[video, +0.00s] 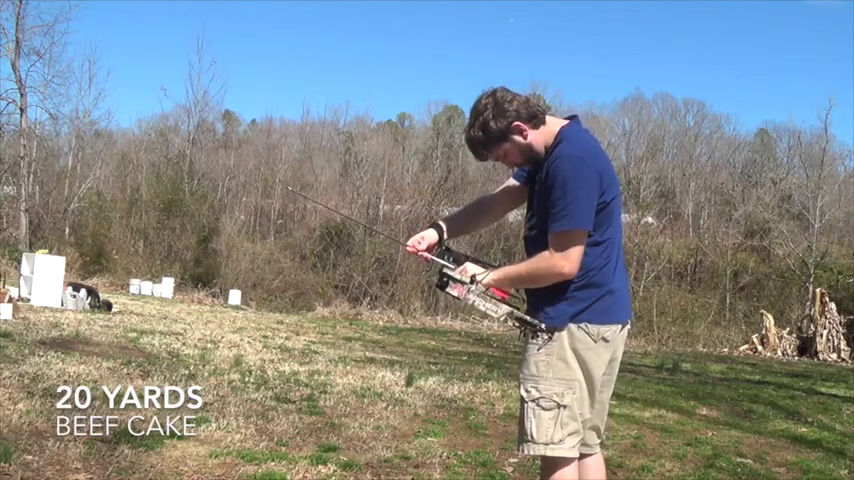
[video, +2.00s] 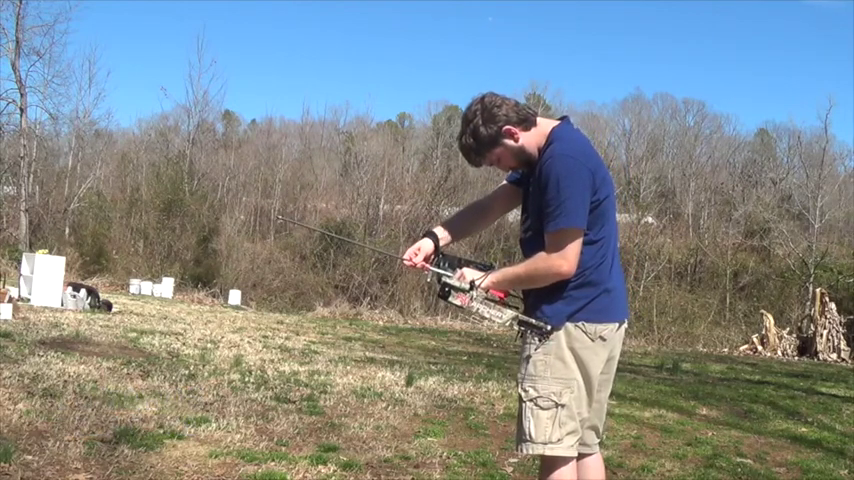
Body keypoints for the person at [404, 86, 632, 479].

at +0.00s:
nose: (505, 163)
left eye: (502, 156)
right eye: (499, 160)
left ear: (520, 130)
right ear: (521, 126)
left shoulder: (570, 160)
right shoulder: (559, 148)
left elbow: (564, 262)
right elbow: (499, 201)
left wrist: (491, 277)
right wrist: (440, 231)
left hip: (573, 319)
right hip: (593, 316)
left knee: (558, 449)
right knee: (586, 445)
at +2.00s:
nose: (499, 167)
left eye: (495, 160)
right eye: (492, 164)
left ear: (511, 133)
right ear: (513, 129)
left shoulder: (563, 159)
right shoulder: (551, 150)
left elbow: (562, 262)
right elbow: (493, 205)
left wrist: (489, 280)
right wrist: (436, 238)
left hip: (571, 319)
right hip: (589, 315)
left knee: (557, 449)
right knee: (584, 445)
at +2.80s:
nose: (495, 143)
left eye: (494, 131)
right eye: (489, 136)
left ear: (520, 110)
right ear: (524, 110)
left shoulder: (558, 156)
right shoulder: (568, 142)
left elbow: (545, 260)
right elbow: (514, 201)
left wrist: (473, 282)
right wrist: (469, 196)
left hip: (567, 320)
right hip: (600, 316)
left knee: (554, 451)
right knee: (587, 444)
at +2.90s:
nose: (494, 140)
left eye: (492, 127)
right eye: (489, 130)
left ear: (519, 108)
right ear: (525, 107)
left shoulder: (555, 153)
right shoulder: (580, 139)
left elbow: (536, 262)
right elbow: (566, 219)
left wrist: (466, 289)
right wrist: (508, 199)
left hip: (566, 317)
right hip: (604, 314)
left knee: (555, 450)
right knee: (587, 443)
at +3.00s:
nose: (494, 138)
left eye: (491, 125)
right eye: (487, 129)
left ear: (517, 106)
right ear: (524, 105)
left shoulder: (549, 153)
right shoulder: (583, 139)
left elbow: (529, 259)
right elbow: (585, 240)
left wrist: (460, 295)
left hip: (564, 320)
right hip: (605, 316)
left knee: (555, 451)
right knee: (588, 444)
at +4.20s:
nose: (499, 147)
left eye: (494, 136)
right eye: (492, 140)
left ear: (505, 111)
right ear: (541, 107)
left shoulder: (526, 151)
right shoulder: (596, 144)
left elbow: (520, 254)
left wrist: (477, 314)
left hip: (565, 311)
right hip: (618, 307)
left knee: (553, 450)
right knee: (598, 448)